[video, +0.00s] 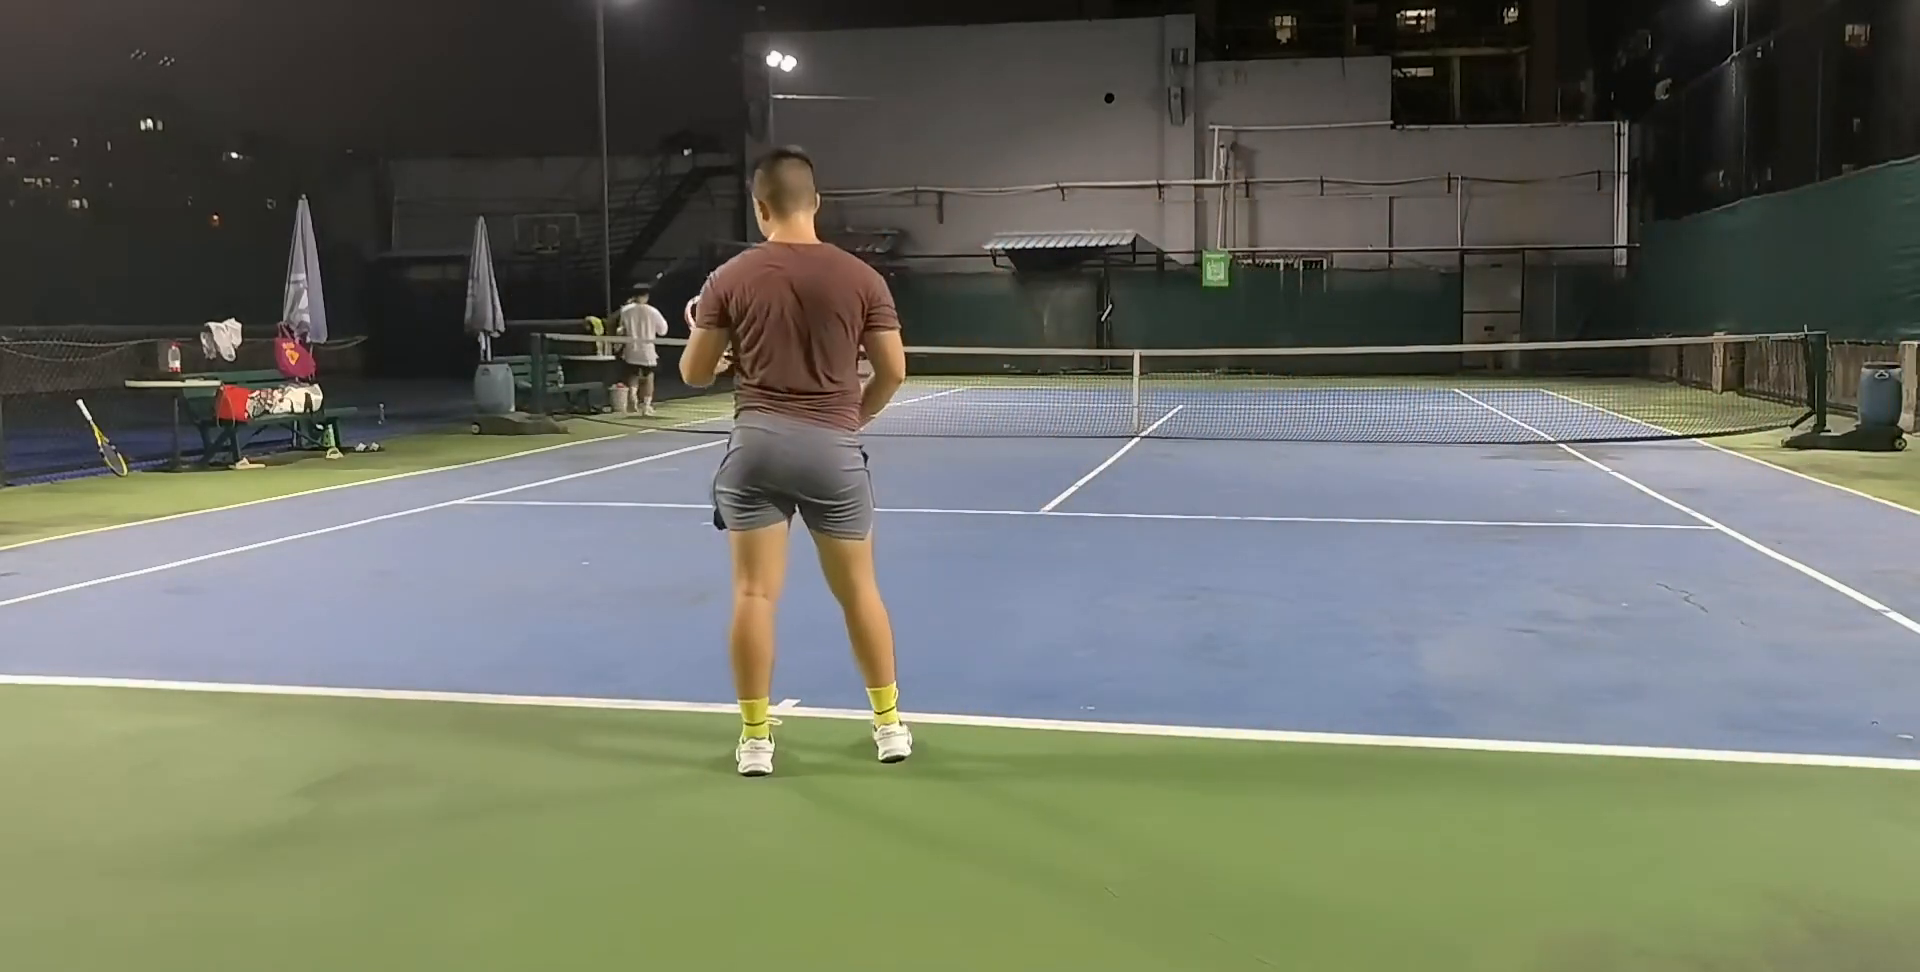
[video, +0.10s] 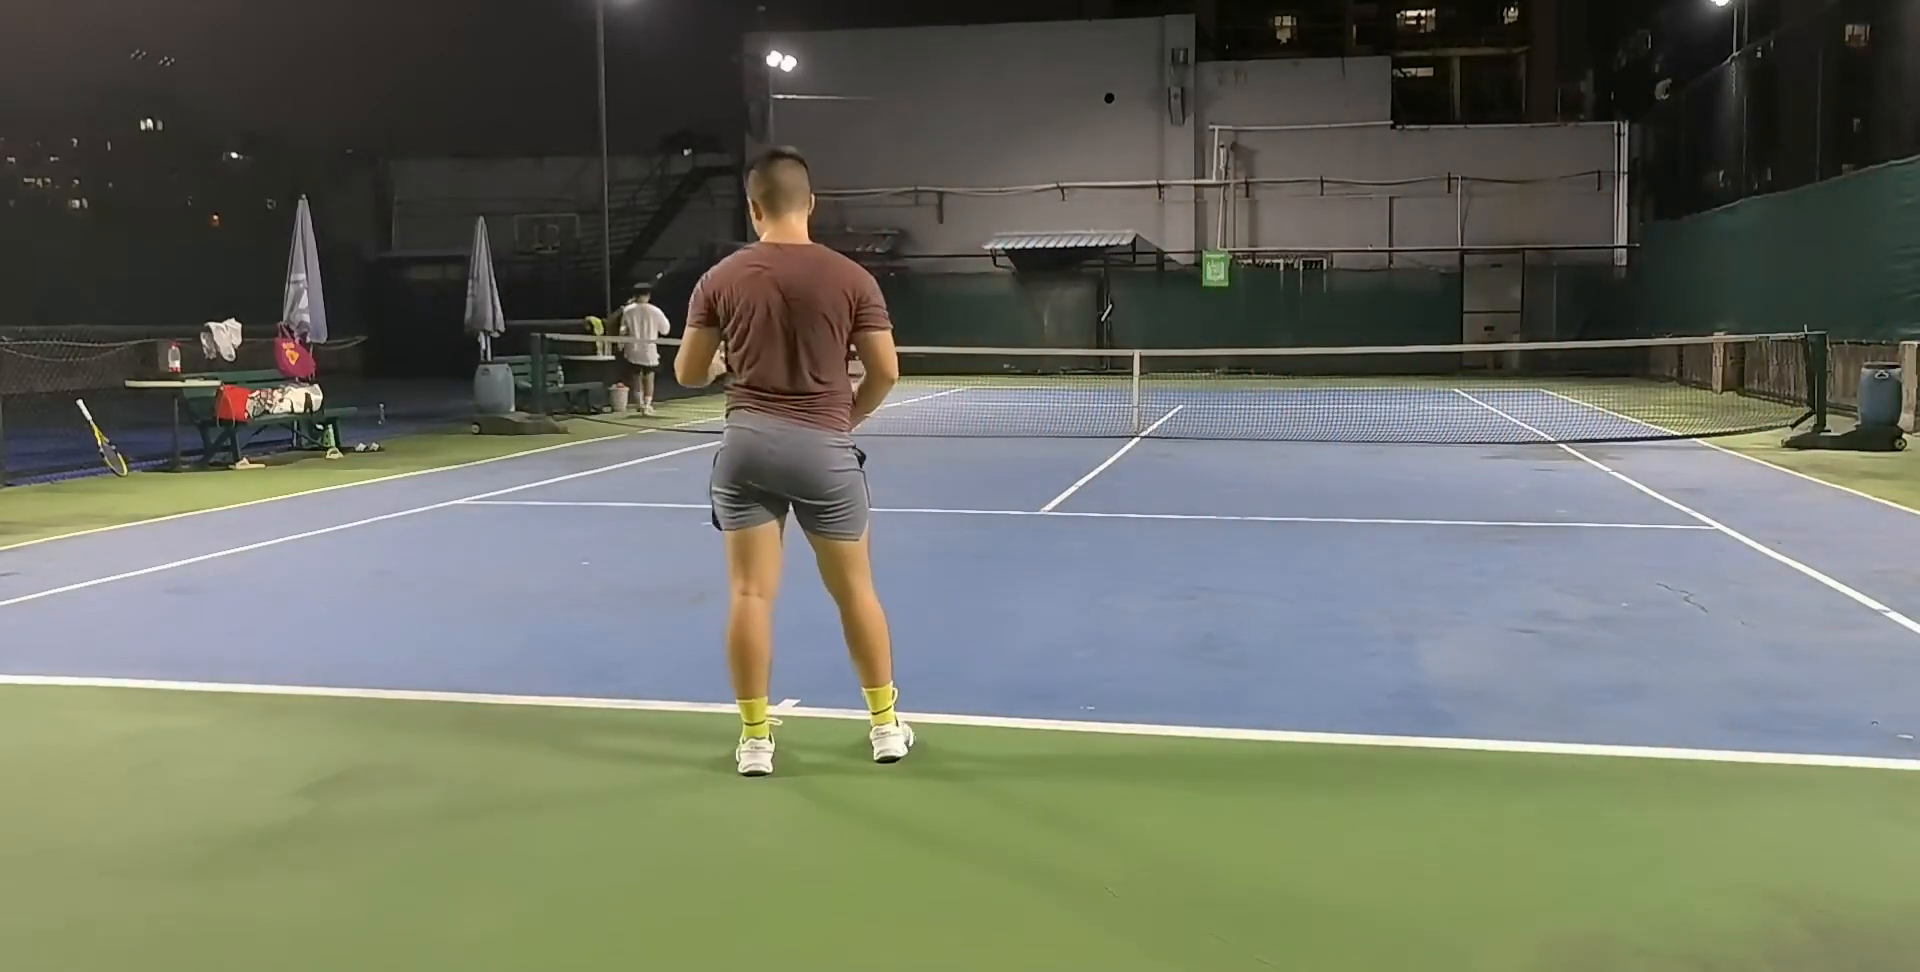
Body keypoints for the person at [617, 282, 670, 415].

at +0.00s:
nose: (645, 298)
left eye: (644, 296)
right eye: (646, 296)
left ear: (634, 296)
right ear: (646, 297)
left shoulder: (625, 310)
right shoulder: (652, 311)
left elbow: (623, 327)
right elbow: (663, 330)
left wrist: (628, 305)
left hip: (631, 349)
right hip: (648, 349)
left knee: (632, 374)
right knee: (648, 377)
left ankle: (632, 393)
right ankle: (647, 405)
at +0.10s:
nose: (644, 298)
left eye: (642, 296)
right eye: (646, 296)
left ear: (635, 296)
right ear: (648, 296)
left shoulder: (627, 311)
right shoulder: (655, 311)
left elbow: (623, 330)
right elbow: (665, 330)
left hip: (632, 349)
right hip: (650, 349)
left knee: (636, 374)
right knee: (649, 376)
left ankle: (639, 402)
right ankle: (647, 404)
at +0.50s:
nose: (641, 299)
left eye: (639, 297)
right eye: (643, 296)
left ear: (635, 297)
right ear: (647, 297)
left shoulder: (629, 313)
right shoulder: (656, 310)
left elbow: (626, 332)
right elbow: (666, 329)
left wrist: (628, 348)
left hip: (637, 350)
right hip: (655, 349)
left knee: (641, 374)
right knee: (658, 369)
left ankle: (644, 401)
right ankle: (657, 392)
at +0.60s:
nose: (640, 299)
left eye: (638, 296)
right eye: (643, 296)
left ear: (636, 297)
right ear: (648, 296)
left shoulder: (630, 312)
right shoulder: (657, 310)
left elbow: (626, 332)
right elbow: (666, 330)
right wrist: (653, 327)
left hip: (638, 350)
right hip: (656, 349)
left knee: (642, 374)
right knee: (658, 371)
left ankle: (644, 402)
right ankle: (661, 398)